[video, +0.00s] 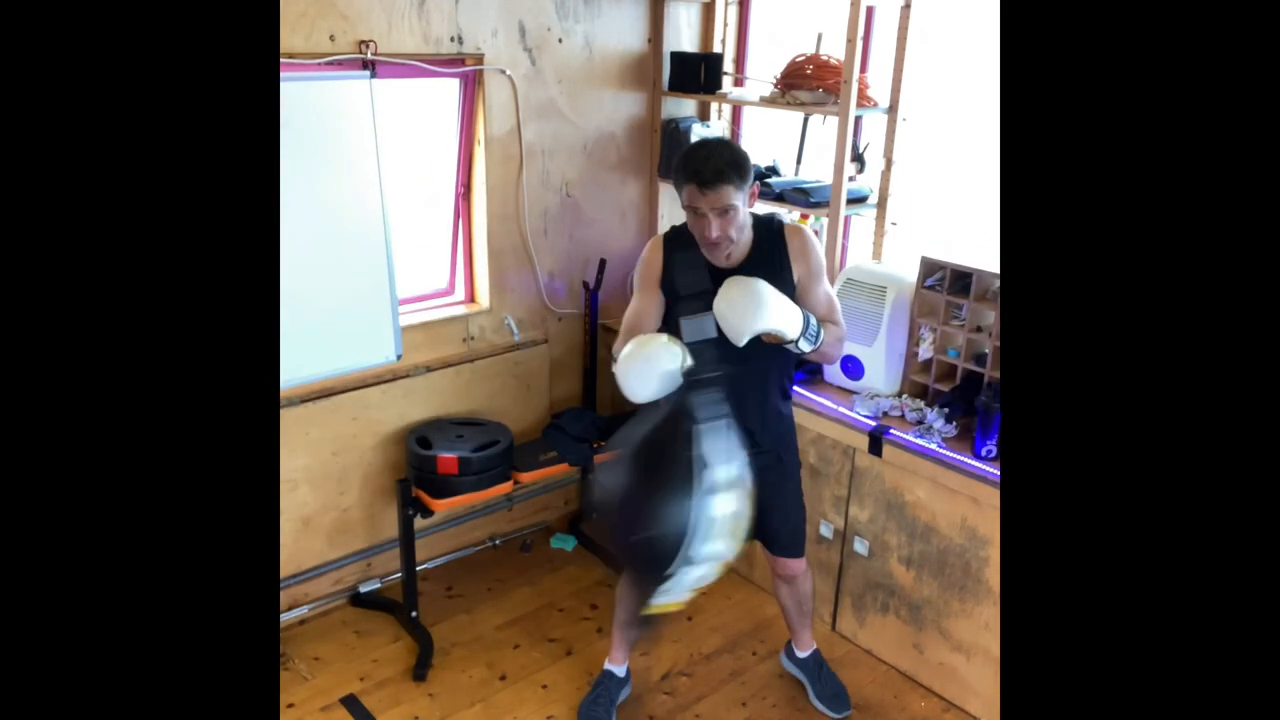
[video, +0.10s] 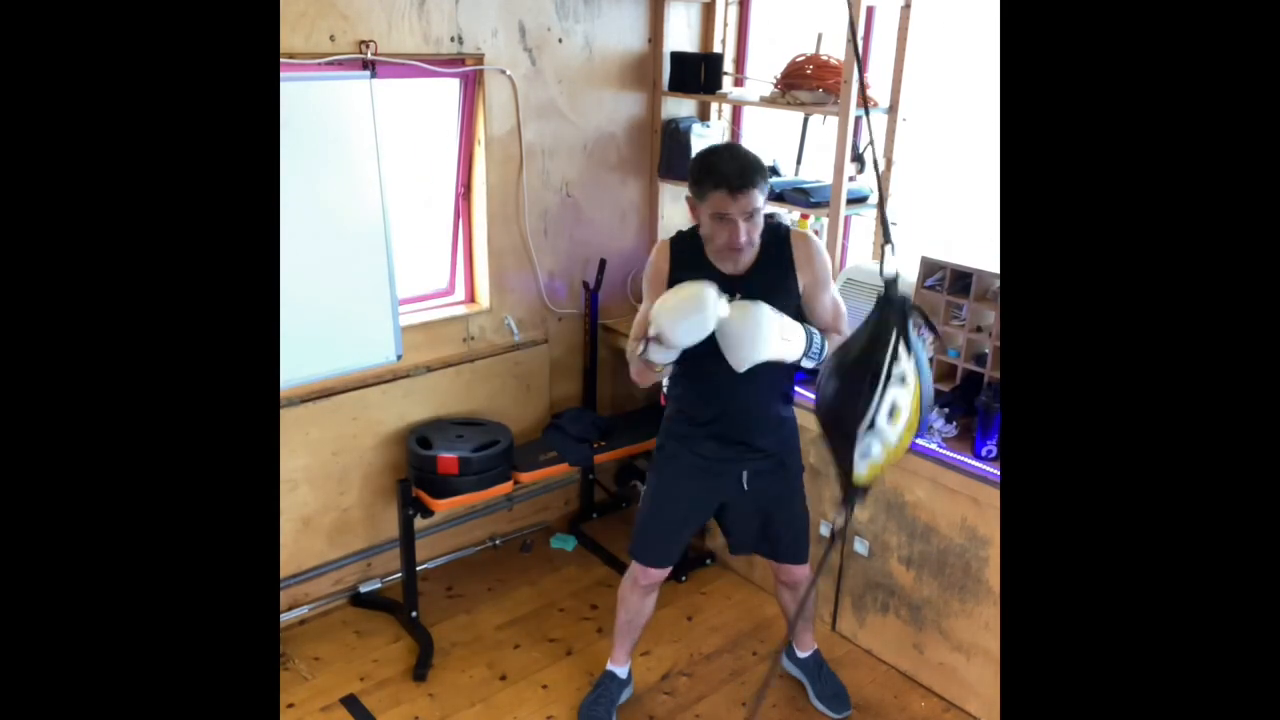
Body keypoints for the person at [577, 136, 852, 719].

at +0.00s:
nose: (713, 229)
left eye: (725, 212)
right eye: (698, 214)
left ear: (751, 197)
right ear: (683, 204)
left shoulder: (793, 244)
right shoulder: (663, 252)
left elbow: (833, 342)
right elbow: (632, 339)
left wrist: (796, 329)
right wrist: (640, 363)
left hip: (764, 427)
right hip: (684, 426)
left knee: (791, 564)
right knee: (644, 552)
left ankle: (804, 652)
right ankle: (615, 668)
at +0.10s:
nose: (740, 234)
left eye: (751, 216)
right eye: (723, 219)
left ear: (767, 204)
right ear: (696, 210)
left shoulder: (800, 252)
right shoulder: (669, 258)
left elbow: (842, 340)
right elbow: (641, 376)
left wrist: (800, 343)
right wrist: (659, 343)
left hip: (770, 441)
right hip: (689, 439)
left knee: (796, 572)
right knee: (645, 572)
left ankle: (803, 651)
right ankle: (616, 671)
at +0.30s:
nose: (783, 227)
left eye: (796, 212)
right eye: (768, 212)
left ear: (815, 198)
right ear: (744, 199)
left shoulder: (823, 240)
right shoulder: (717, 247)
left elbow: (835, 318)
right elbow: (740, 338)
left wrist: (854, 344)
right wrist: (814, 347)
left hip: (788, 429)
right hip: (714, 432)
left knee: (806, 558)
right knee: (661, 565)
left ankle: (810, 649)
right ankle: (617, 670)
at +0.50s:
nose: (770, 236)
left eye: (785, 222)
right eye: (761, 219)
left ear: (820, 213)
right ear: (751, 208)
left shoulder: (856, 258)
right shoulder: (726, 249)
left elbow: (884, 359)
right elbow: (684, 344)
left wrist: (855, 334)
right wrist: (714, 351)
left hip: (802, 446)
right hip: (724, 437)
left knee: (810, 569)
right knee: (681, 569)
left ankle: (807, 653)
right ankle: (665, 663)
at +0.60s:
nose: (752, 227)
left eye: (766, 211)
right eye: (740, 212)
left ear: (799, 197)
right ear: (729, 201)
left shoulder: (844, 257)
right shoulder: (718, 248)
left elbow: (880, 367)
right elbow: (693, 358)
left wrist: (832, 333)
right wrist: (704, 319)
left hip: (800, 443)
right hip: (721, 436)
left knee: (811, 575)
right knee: (689, 568)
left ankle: (808, 652)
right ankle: (679, 670)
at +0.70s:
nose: (771, 215)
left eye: (786, 199)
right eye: (757, 199)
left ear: (808, 192)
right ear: (738, 193)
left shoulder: (839, 254)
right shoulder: (711, 246)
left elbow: (853, 374)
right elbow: (679, 357)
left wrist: (817, 322)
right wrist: (702, 310)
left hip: (795, 442)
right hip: (717, 437)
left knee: (810, 577)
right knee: (691, 572)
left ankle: (811, 652)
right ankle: (679, 670)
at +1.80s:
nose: (941, 260)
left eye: (960, 246)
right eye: (930, 239)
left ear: (990, 238)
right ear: (915, 220)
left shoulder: (995, 288)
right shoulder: (863, 270)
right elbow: (808, 362)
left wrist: (991, 373)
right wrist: (856, 375)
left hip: (925, 476)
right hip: (840, 464)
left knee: (922, 620)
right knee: (778, 598)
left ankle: (918, 715)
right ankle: (733, 703)